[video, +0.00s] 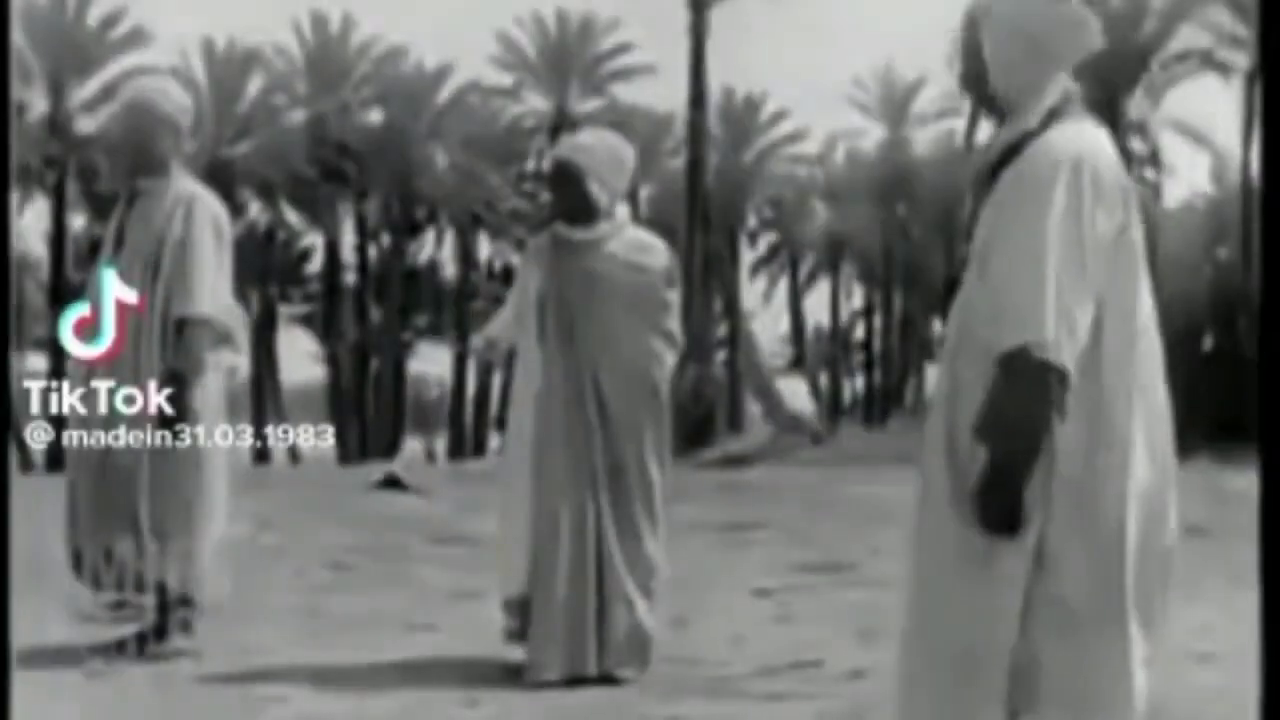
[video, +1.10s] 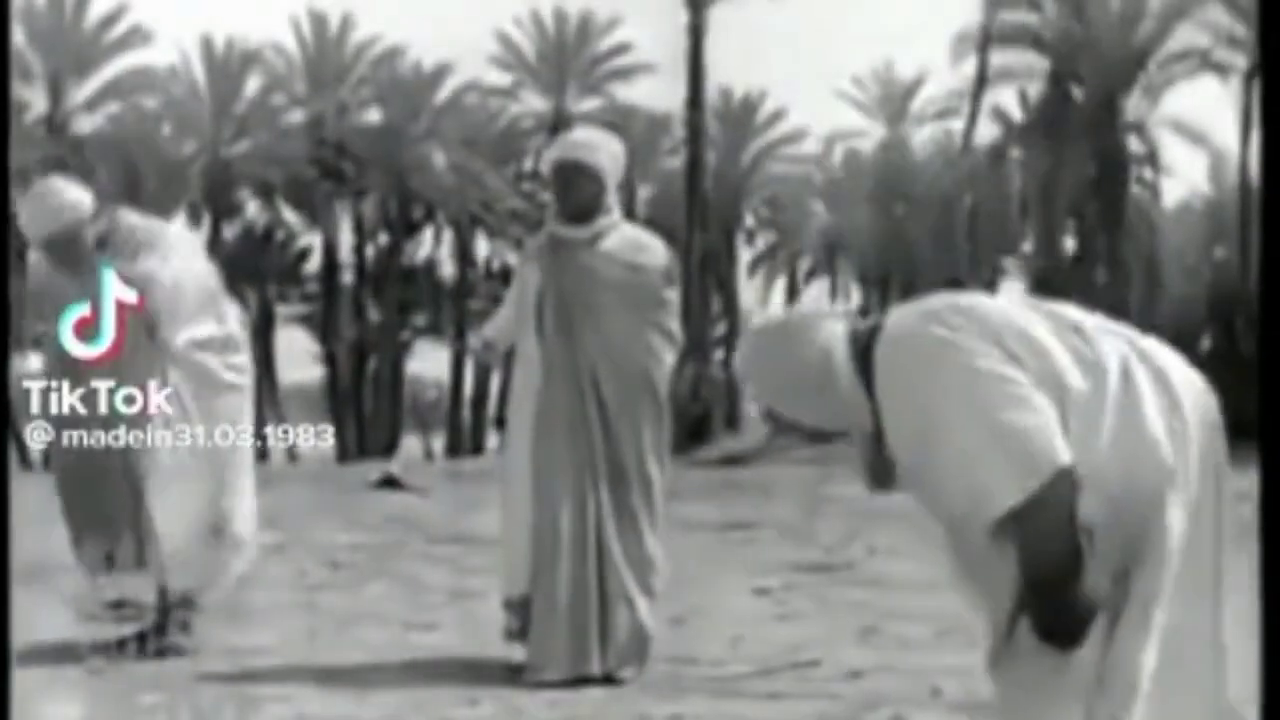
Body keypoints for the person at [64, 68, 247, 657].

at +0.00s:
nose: (117, 148)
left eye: (126, 135)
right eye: (119, 135)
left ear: (159, 137)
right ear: (131, 142)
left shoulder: (194, 208)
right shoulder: (128, 208)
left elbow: (200, 304)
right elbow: (113, 291)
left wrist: (187, 377)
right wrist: (101, 361)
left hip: (175, 372)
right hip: (129, 370)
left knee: (177, 487)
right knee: (136, 484)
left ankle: (178, 609)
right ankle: (151, 603)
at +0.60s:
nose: (107, 153)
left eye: (113, 140)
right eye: (106, 141)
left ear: (146, 137)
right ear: (128, 139)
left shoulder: (193, 204)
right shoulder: (121, 208)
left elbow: (195, 304)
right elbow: (102, 281)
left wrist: (151, 353)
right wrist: (94, 325)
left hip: (189, 362)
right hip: (134, 361)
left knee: (184, 474)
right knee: (138, 472)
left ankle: (179, 600)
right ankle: (153, 592)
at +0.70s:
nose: (95, 163)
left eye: (102, 150)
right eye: (93, 151)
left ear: (133, 147)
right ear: (111, 153)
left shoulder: (186, 205)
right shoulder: (116, 213)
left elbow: (200, 291)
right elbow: (77, 272)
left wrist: (136, 289)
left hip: (192, 358)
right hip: (136, 360)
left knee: (183, 468)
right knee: (143, 468)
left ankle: (182, 595)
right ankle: (159, 593)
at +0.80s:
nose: (85, 186)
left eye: (90, 172)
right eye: (79, 174)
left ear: (118, 166)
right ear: (84, 175)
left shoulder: (182, 208)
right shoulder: (102, 222)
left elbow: (193, 281)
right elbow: (52, 276)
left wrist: (133, 227)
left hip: (193, 368)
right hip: (135, 368)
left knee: (185, 478)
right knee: (149, 476)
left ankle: (183, 602)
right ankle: (164, 599)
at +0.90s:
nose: (67, 215)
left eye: (73, 202)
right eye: (61, 204)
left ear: (100, 193)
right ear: (61, 201)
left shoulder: (160, 237)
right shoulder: (64, 252)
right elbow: (40, 332)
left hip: (191, 373)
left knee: (168, 482)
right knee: (151, 480)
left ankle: (178, 605)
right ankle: (166, 603)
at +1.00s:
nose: (65, 239)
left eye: (68, 226)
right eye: (59, 228)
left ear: (90, 214)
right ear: (67, 219)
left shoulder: (165, 254)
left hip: (202, 376)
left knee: (174, 487)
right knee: (162, 484)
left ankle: (177, 614)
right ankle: (167, 609)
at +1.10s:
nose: (61, 259)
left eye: (67, 244)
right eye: (48, 249)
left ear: (93, 226)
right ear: (37, 244)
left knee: (178, 495)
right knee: (159, 494)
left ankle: (176, 614)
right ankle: (160, 612)